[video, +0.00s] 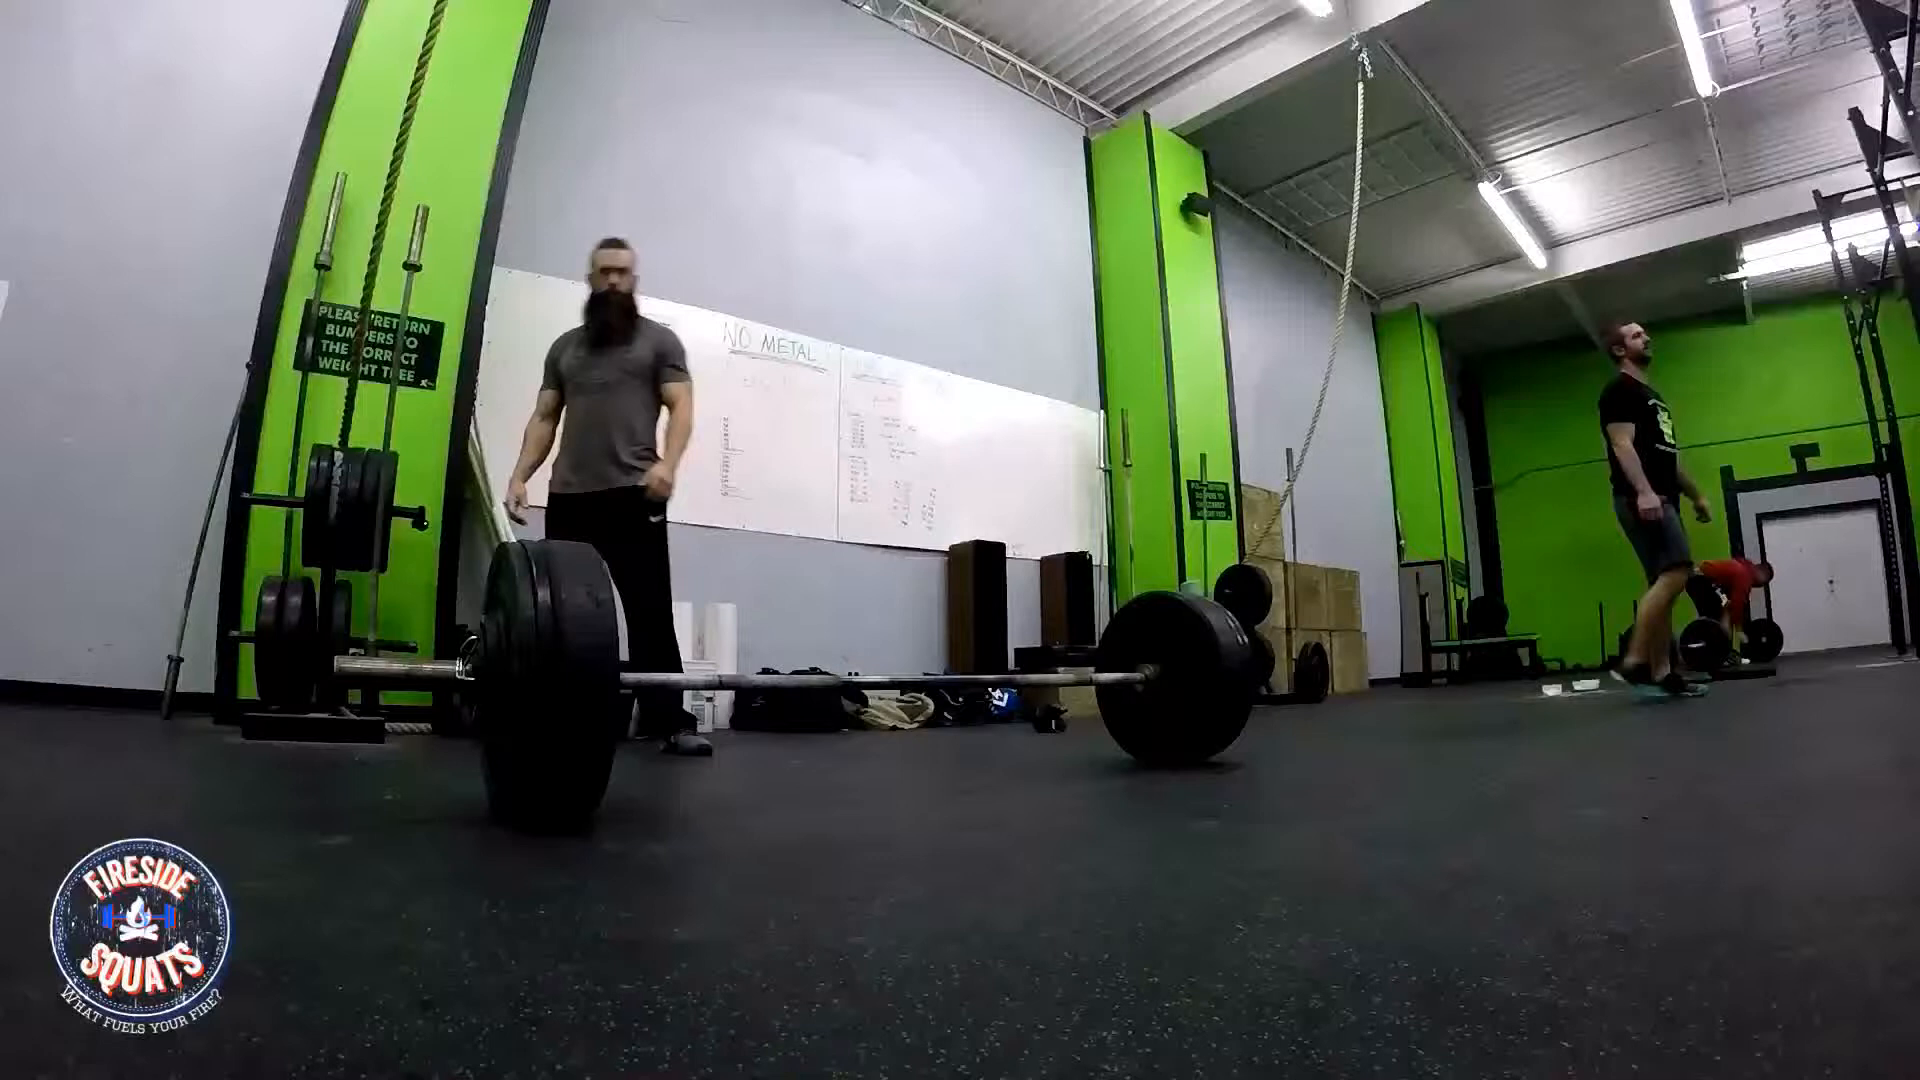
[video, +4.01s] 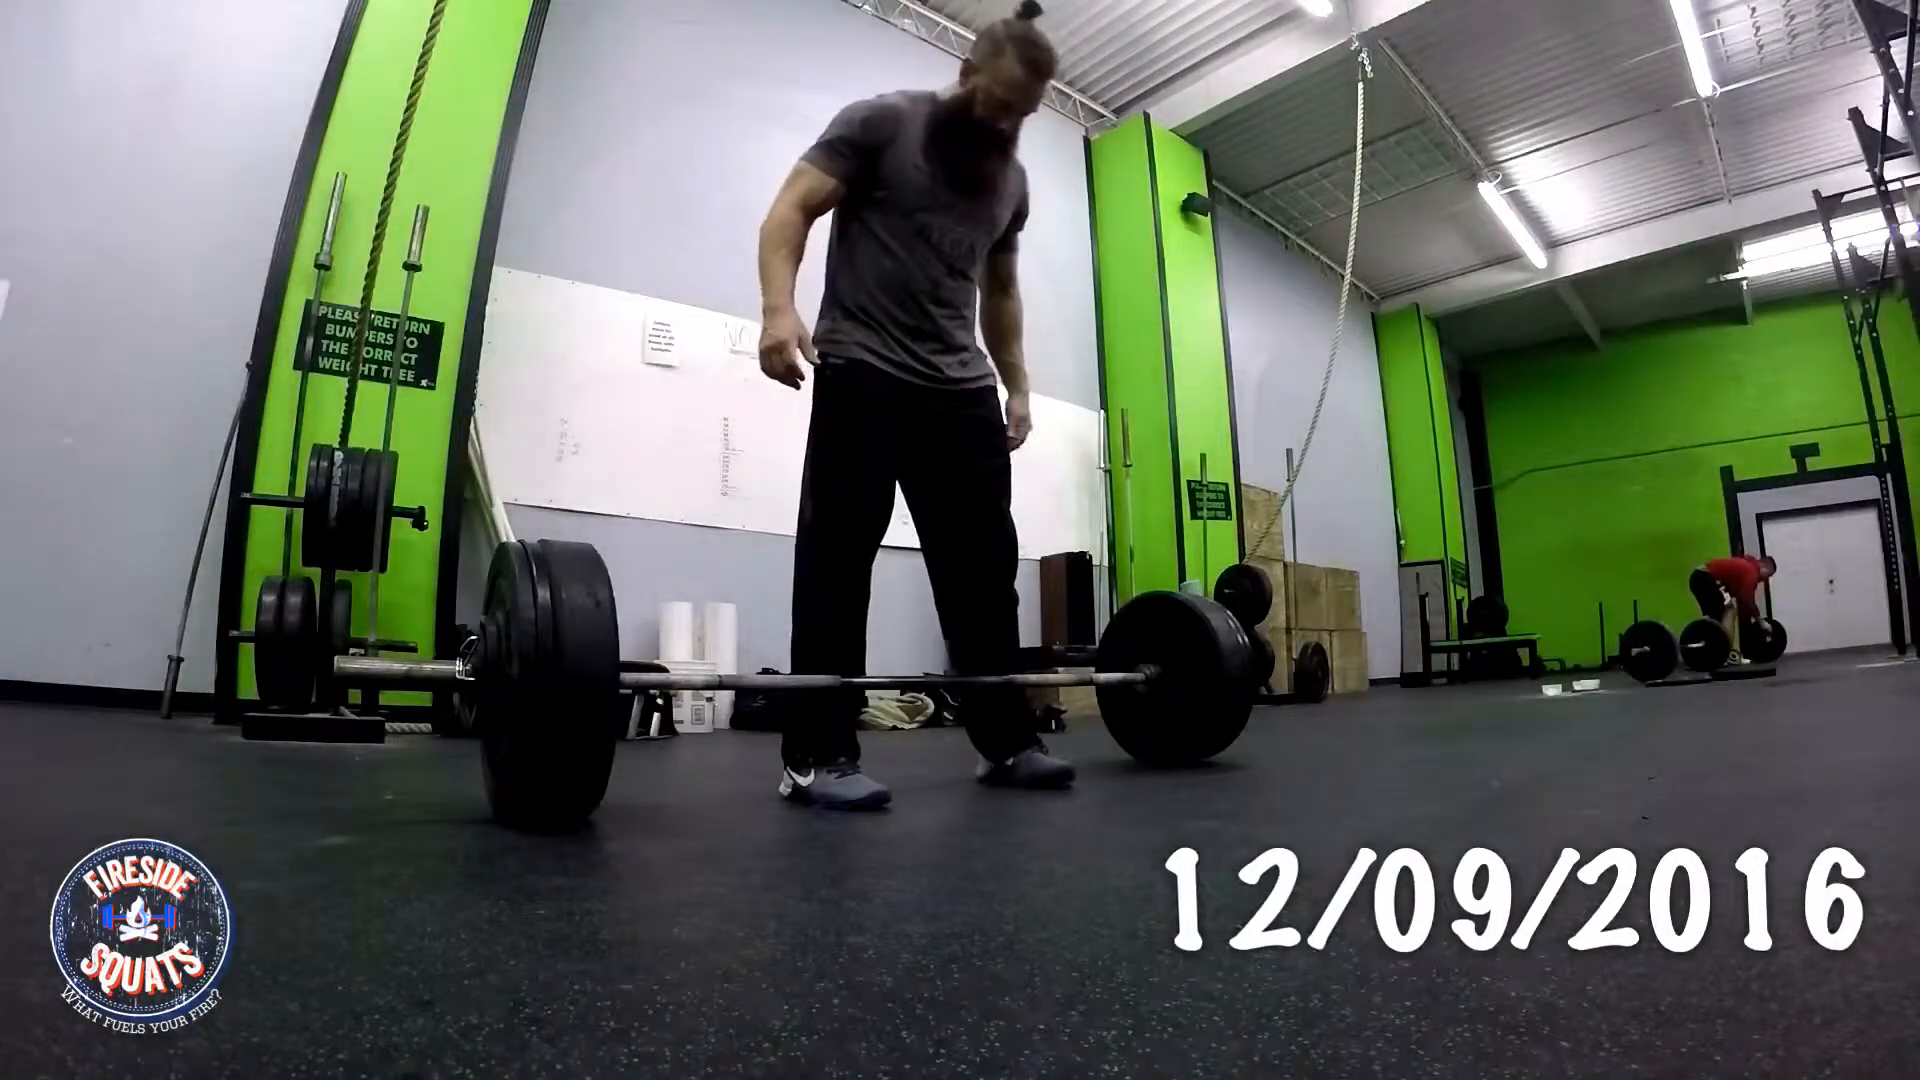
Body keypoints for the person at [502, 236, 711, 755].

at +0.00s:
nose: (614, 280)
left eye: (623, 272)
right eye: (606, 271)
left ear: (636, 278)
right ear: (590, 277)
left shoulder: (659, 342)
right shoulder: (566, 347)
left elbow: (681, 408)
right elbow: (545, 418)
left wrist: (668, 464)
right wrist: (519, 476)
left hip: (634, 499)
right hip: (570, 499)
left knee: (650, 616)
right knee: (566, 617)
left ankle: (669, 724)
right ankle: (564, 729)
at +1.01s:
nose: (747, 244)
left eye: (757, 236)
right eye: (738, 232)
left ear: (765, 241)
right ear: (715, 229)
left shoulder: (768, 319)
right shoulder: (669, 292)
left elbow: (774, 396)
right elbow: (624, 363)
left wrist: (793, 462)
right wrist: (595, 437)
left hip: (744, 475)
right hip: (679, 464)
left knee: (721, 601)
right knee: (685, 598)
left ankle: (686, 728)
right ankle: (694, 737)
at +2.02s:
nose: (916, 187)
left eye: (930, 178)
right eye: (908, 172)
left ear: (942, 179)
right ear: (882, 161)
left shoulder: (939, 264)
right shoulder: (826, 216)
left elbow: (954, 351)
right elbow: (767, 282)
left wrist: (998, 421)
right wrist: (737, 354)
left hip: (899, 428)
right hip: (815, 413)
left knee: (882, 586)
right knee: (797, 575)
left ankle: (884, 740)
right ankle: (780, 745)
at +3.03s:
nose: (944, 103)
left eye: (958, 90)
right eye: (932, 85)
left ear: (973, 74)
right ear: (898, 53)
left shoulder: (955, 154)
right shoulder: (822, 118)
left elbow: (957, 265)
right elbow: (743, 221)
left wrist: (989, 361)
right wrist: (737, 329)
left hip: (927, 380)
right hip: (829, 373)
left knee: (953, 557)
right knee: (821, 565)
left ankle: (1000, 730)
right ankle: (826, 758)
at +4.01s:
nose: (1002, 121)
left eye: (1017, 111)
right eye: (994, 103)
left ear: (1036, 101)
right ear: (967, 72)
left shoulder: (1011, 182)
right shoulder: (882, 123)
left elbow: (1000, 290)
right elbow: (789, 214)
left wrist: (1018, 387)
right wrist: (778, 314)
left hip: (959, 388)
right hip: (860, 373)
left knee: (982, 563)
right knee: (836, 563)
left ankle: (1006, 745)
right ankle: (818, 758)